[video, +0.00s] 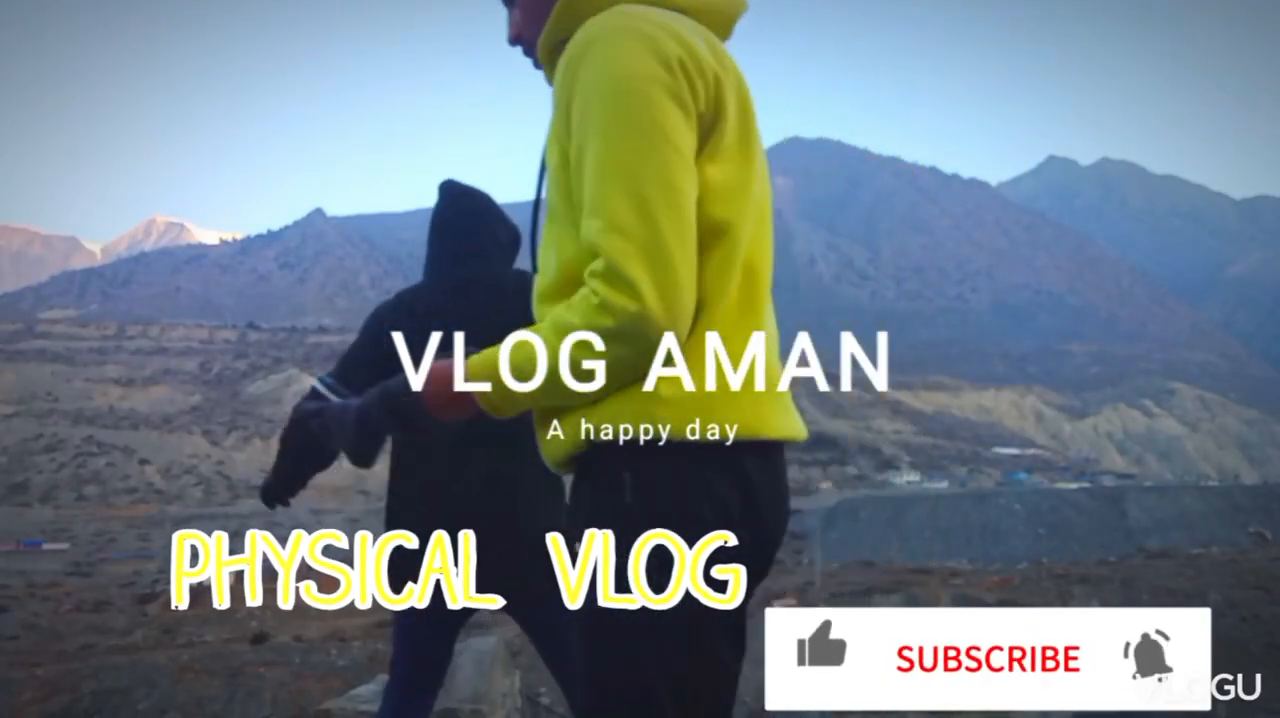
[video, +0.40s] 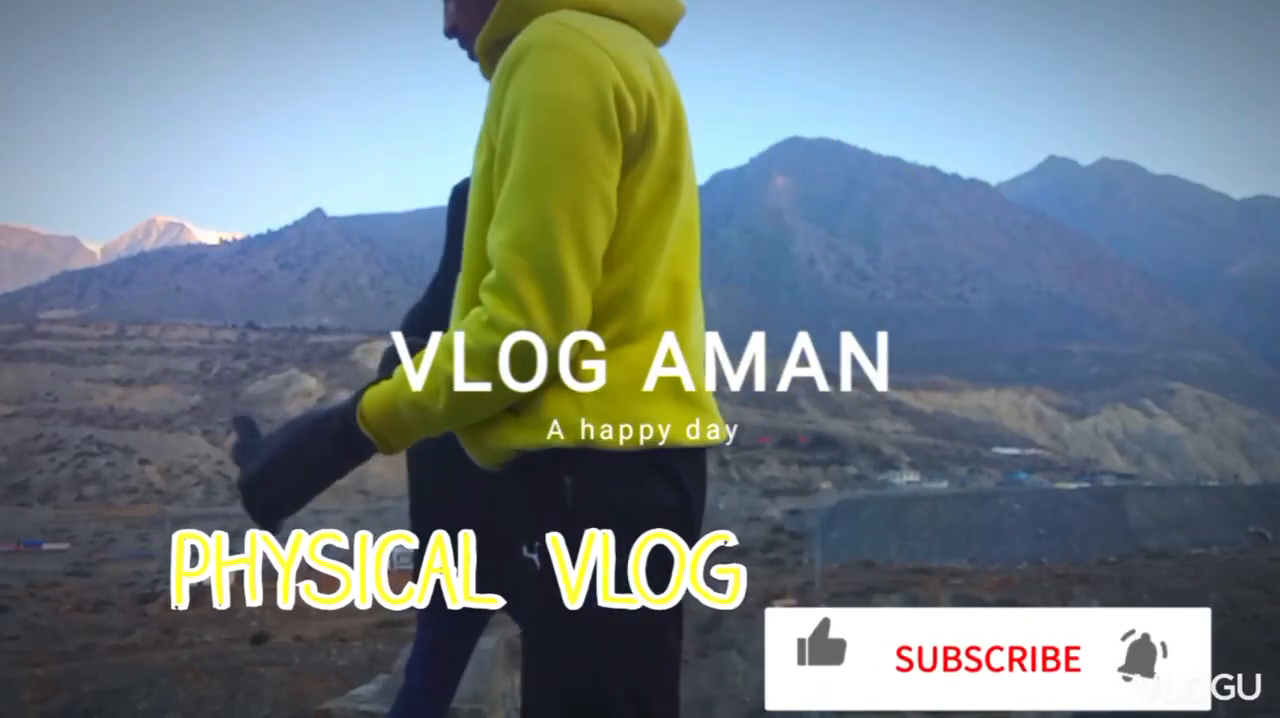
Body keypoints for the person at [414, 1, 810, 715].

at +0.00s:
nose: (513, 31)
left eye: (514, 7)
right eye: (508, 14)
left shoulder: (620, 46)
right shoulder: (674, 45)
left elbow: (635, 310)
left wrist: (474, 382)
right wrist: (487, 375)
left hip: (660, 465)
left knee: (641, 702)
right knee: (670, 701)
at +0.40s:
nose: (450, 24)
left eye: (454, 2)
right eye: (447, 8)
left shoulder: (561, 56)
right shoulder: (609, 52)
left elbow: (524, 331)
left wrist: (357, 426)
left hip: (588, 468)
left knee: (590, 700)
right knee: (617, 699)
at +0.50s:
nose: (445, 28)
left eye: (451, 5)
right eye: (444, 10)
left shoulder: (566, 65)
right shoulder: (585, 65)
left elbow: (526, 330)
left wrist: (344, 428)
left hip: (586, 470)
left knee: (582, 699)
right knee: (555, 696)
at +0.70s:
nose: (437, 67)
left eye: (449, 36)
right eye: (430, 48)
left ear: (521, 18)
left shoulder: (587, 136)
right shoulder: (503, 153)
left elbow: (557, 356)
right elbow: (464, 332)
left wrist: (361, 407)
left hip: (568, 504)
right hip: (492, 504)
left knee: (571, 702)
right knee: (451, 701)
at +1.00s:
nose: (470, 87)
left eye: (486, 64)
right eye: (453, 77)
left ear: (535, 64)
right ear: (447, 94)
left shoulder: (595, 168)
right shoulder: (451, 211)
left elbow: (522, 320)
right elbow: (420, 345)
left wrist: (354, 333)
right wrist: (318, 335)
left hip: (561, 484)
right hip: (464, 489)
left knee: (564, 699)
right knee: (465, 696)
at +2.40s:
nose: (504, 97)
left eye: (527, 82)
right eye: (492, 82)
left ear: (568, 100)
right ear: (479, 99)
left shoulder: (621, 194)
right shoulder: (449, 225)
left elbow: (586, 323)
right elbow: (404, 380)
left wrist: (452, 284)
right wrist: (413, 302)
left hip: (571, 504)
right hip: (459, 507)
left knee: (581, 700)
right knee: (477, 700)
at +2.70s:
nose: (490, 93)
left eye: (513, 76)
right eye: (478, 80)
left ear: (560, 97)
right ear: (466, 100)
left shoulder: (621, 193)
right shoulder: (457, 221)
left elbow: (653, 328)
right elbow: (384, 372)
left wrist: (542, 224)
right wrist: (406, 287)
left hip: (571, 493)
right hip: (456, 498)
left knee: (583, 696)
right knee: (474, 694)